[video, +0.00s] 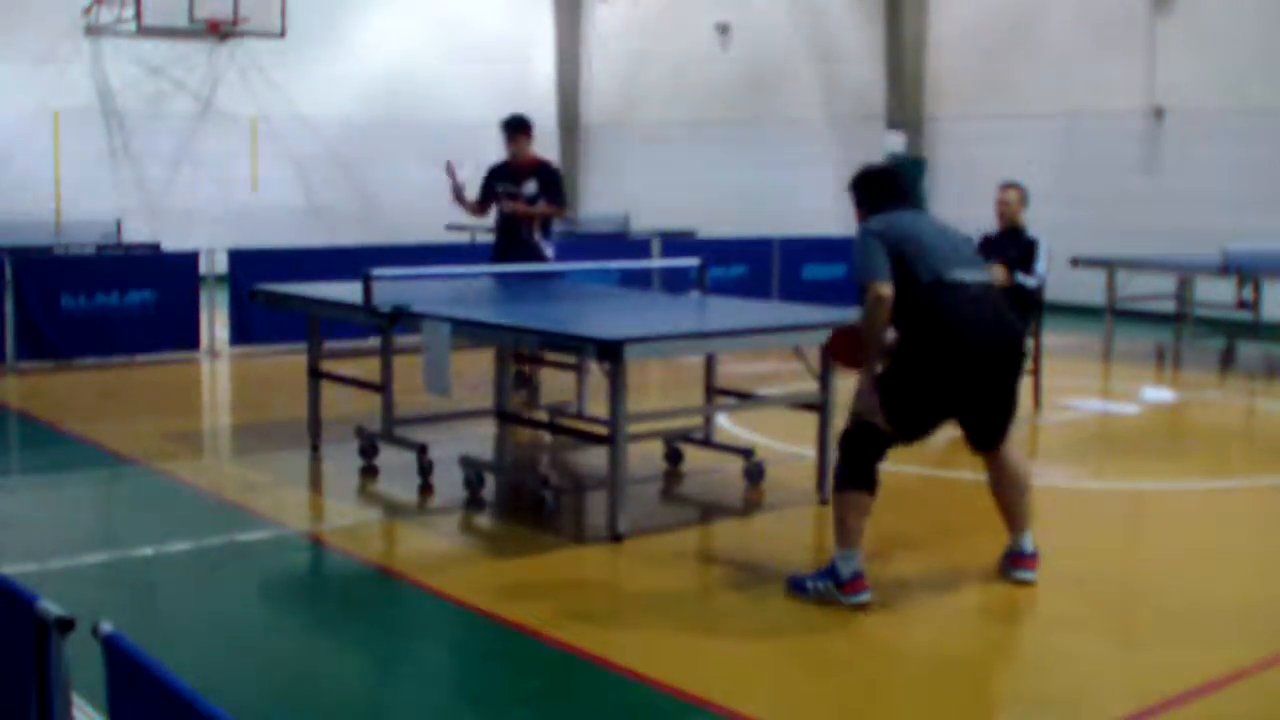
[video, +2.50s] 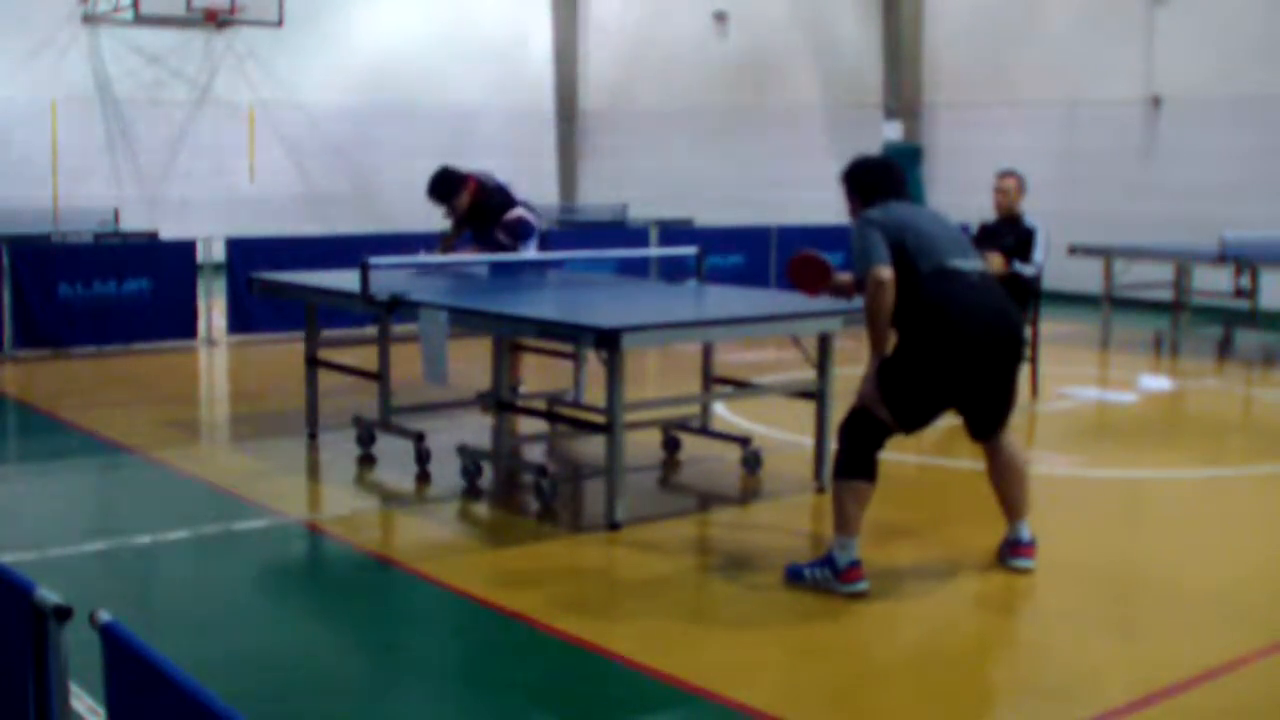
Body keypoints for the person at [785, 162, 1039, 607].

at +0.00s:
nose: (857, 215)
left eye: (857, 207)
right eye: (857, 207)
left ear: (866, 204)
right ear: (909, 196)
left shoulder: (875, 231)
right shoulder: (945, 231)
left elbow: (881, 294)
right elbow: (985, 283)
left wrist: (869, 360)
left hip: (937, 350)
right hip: (999, 348)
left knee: (861, 443)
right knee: (995, 441)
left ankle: (846, 568)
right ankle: (1024, 547)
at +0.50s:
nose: (844, 228)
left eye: (844, 220)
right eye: (842, 220)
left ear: (853, 218)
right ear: (894, 209)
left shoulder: (866, 241)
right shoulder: (926, 238)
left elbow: (879, 297)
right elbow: (924, 321)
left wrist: (871, 379)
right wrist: (846, 322)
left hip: (941, 355)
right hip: (1003, 349)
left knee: (863, 444)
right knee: (996, 446)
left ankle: (845, 568)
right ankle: (1023, 547)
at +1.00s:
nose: (849, 219)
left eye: (849, 210)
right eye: (848, 210)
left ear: (858, 208)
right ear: (899, 196)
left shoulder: (872, 235)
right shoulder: (937, 226)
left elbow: (881, 305)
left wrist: (870, 382)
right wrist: (856, 304)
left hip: (944, 353)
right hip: (1006, 346)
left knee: (871, 439)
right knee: (999, 438)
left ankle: (845, 561)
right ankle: (1023, 542)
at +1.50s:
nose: (849, 215)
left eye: (848, 206)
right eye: (847, 206)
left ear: (857, 204)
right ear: (900, 192)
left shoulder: (872, 227)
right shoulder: (934, 221)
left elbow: (892, 274)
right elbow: (932, 278)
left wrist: (882, 360)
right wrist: (856, 291)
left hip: (941, 346)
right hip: (1002, 342)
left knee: (863, 435)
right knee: (997, 435)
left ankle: (844, 558)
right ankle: (1022, 537)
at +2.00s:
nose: (848, 210)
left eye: (847, 201)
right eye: (846, 201)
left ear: (855, 200)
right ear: (899, 189)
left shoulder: (870, 224)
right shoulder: (932, 219)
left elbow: (885, 280)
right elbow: (933, 278)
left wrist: (878, 360)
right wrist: (853, 285)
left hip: (939, 342)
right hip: (999, 337)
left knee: (861, 434)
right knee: (993, 431)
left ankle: (845, 558)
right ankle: (1021, 537)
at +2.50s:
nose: (850, 208)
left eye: (849, 200)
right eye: (848, 200)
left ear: (857, 198)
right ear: (899, 189)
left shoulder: (870, 222)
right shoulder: (933, 218)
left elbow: (881, 280)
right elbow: (933, 279)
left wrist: (875, 361)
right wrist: (855, 285)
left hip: (937, 344)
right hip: (999, 339)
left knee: (859, 434)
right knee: (993, 431)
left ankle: (843, 557)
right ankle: (1021, 535)